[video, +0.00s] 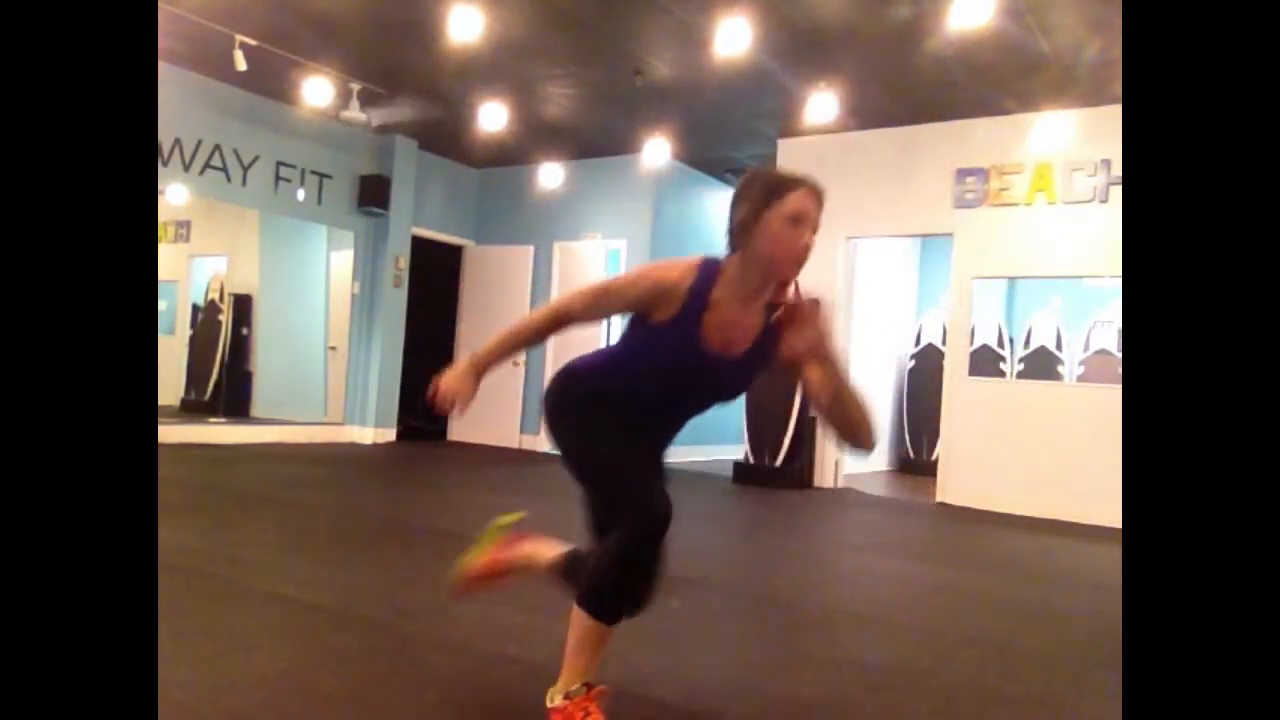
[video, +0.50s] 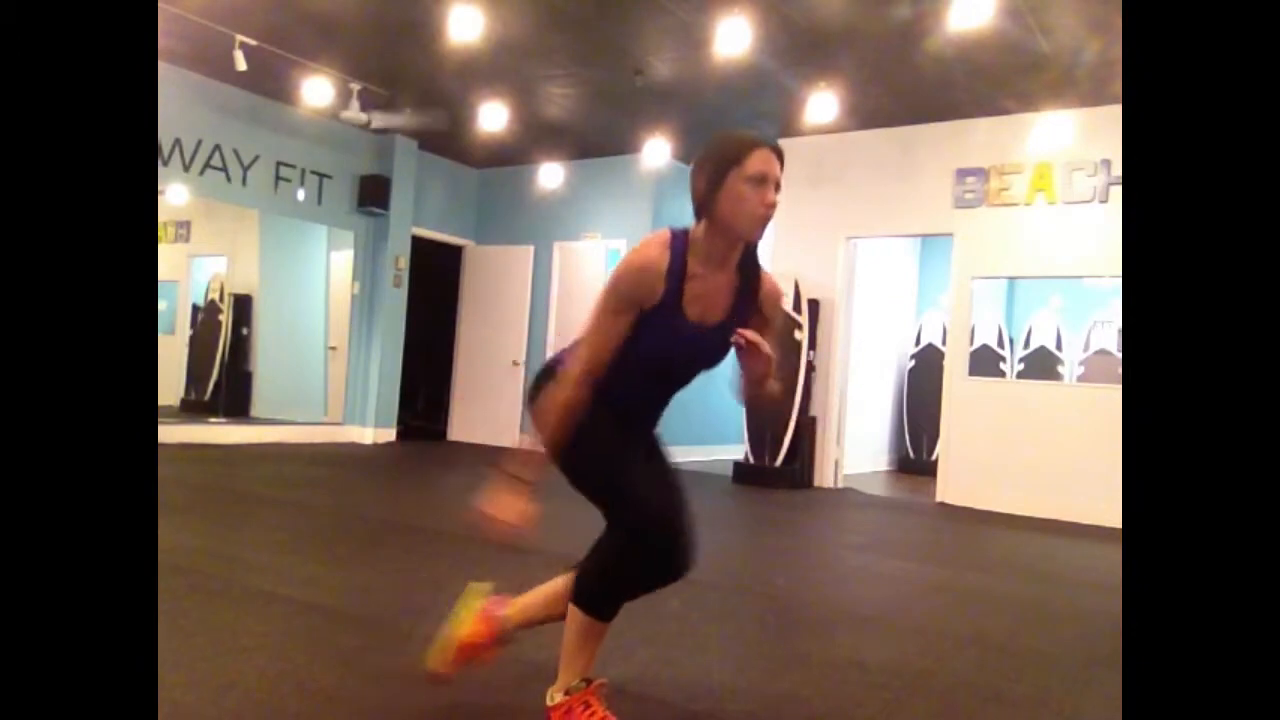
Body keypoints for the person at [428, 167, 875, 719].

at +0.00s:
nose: (807, 239)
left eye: (813, 229)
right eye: (795, 222)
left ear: (812, 241)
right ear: (750, 222)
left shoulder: (791, 326)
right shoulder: (680, 282)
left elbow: (861, 437)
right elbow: (564, 312)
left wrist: (818, 358)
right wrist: (473, 367)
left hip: (644, 434)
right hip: (586, 402)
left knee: (625, 582)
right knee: (644, 517)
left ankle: (523, 549)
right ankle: (569, 692)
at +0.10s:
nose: (785, 259)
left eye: (793, 248)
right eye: (772, 242)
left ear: (793, 261)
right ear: (725, 244)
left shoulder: (771, 344)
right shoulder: (656, 303)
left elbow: (844, 468)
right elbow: (542, 337)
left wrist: (798, 385)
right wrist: (456, 399)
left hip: (622, 445)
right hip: (566, 412)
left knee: (570, 598)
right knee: (641, 517)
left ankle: (447, 571)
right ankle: (568, 691)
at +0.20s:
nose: (775, 261)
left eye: (781, 248)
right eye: (761, 243)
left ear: (780, 261)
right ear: (713, 244)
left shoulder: (763, 346)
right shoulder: (642, 306)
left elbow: (842, 462)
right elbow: (530, 342)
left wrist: (794, 391)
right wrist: (446, 407)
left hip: (611, 446)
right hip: (553, 417)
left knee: (563, 607)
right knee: (635, 517)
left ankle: (415, 592)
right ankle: (567, 691)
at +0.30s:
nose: (770, 245)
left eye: (776, 233)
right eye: (756, 228)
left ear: (776, 243)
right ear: (709, 231)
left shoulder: (760, 333)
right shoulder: (641, 296)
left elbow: (843, 442)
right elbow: (526, 341)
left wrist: (796, 379)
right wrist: (440, 407)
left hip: (606, 440)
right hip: (550, 410)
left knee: (576, 597)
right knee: (631, 513)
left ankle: (418, 604)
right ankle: (567, 690)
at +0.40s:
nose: (767, 222)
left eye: (773, 211)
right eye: (754, 205)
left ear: (775, 225)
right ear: (707, 208)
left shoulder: (765, 312)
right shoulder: (645, 279)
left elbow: (823, 419)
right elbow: (538, 350)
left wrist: (789, 370)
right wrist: (451, 423)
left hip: (614, 430)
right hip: (555, 402)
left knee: (615, 582)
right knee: (631, 513)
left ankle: (441, 617)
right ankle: (568, 692)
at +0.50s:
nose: (771, 199)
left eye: (776, 188)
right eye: (757, 183)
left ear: (777, 200)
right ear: (711, 188)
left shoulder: (762, 294)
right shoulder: (652, 262)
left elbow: (764, 402)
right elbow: (581, 374)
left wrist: (760, 379)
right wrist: (519, 475)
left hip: (632, 418)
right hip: (573, 399)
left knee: (666, 557)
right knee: (639, 528)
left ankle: (498, 615)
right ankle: (568, 690)